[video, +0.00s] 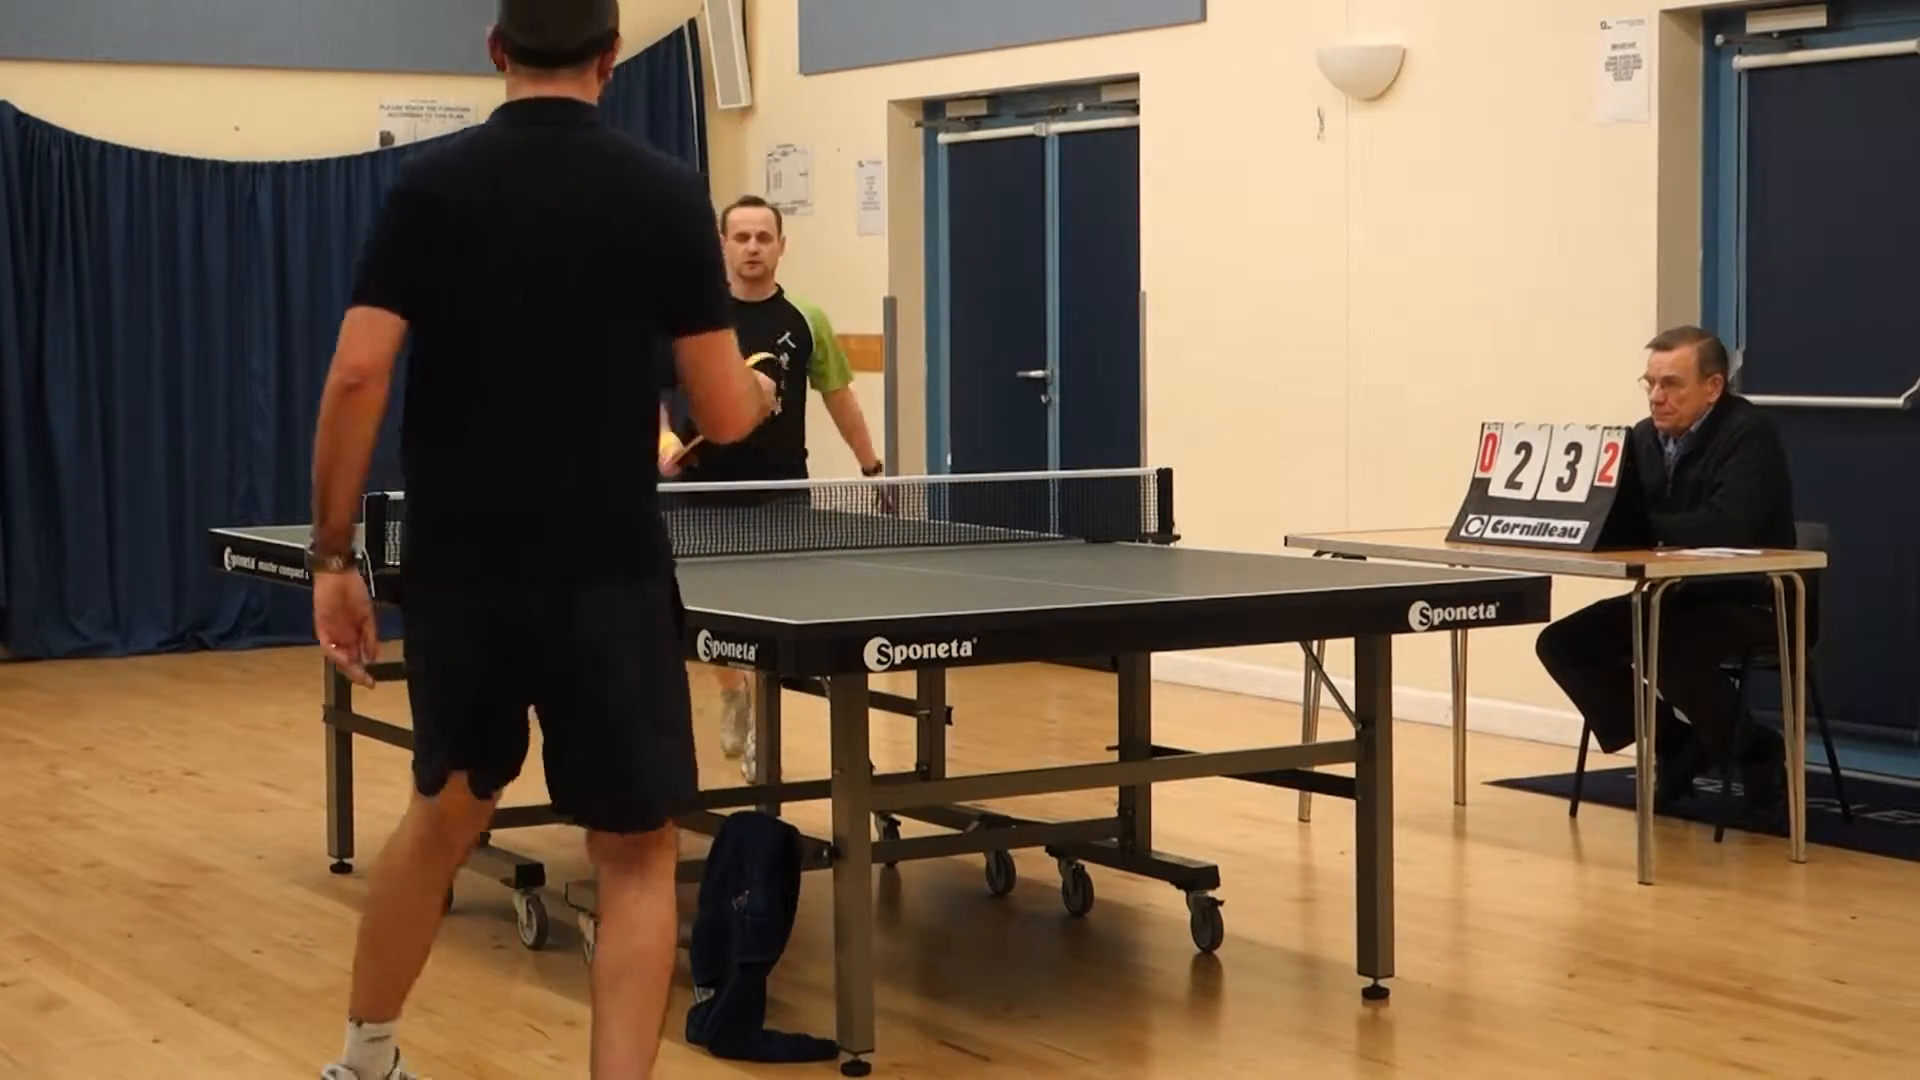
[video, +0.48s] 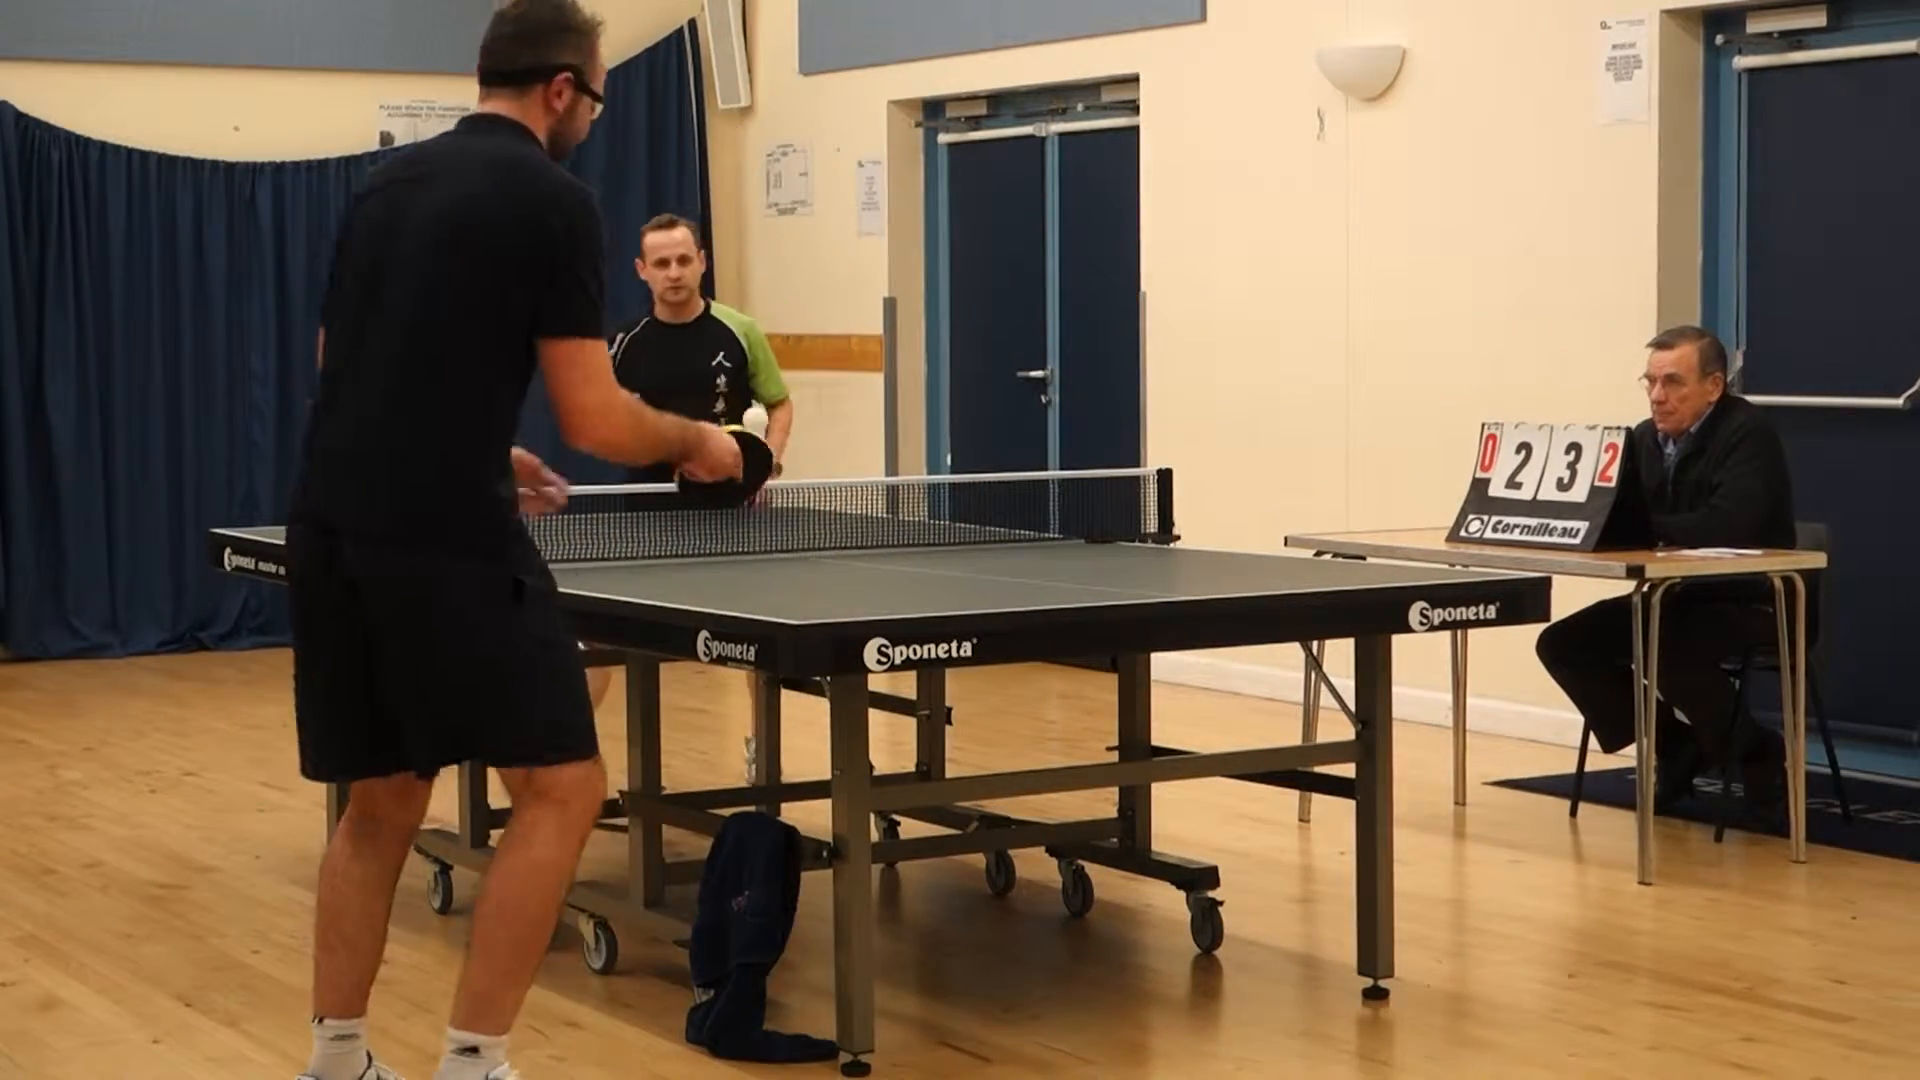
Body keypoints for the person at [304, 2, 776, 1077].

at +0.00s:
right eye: (602, 44)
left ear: (496, 53)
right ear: (609, 56)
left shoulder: (427, 183)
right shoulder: (663, 193)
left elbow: (356, 377)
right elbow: (724, 414)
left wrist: (332, 555)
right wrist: (745, 380)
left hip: (459, 570)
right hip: (606, 575)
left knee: (449, 804)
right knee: (634, 852)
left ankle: (363, 1053)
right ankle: (621, 1071)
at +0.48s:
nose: (592, 118)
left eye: (595, 102)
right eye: (593, 100)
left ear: (484, 81)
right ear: (562, 90)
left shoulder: (385, 181)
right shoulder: (551, 201)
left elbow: (343, 359)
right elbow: (600, 424)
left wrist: (487, 457)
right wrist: (694, 441)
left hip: (336, 531)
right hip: (458, 540)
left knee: (381, 800)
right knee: (562, 788)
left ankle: (334, 1058)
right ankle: (471, 1059)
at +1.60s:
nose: (1076, 284)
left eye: (1075, 267)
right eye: (1070, 265)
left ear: (983, 241)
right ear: (1026, 249)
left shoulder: (887, 297)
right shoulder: (997, 293)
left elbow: (771, 468)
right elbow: (1177, 417)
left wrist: (885, 586)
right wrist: (1292, 411)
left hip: (718, 515)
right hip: (691, 505)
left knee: (764, 767)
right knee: (643, 803)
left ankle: (761, 1051)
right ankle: (450, 1044)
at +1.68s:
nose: (1092, 308)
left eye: (1094, 292)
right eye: (1088, 289)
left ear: (998, 262)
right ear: (1046, 269)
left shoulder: (904, 308)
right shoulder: (1020, 311)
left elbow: (781, 474)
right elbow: (1181, 452)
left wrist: (891, 586)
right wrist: (1311, 472)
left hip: (723, 513)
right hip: (700, 502)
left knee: (764, 767)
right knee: (639, 800)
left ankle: (759, 1047)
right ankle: (436, 1028)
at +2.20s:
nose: (1040, 282)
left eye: (1048, 263)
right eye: (1040, 255)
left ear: (979, 229)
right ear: (985, 226)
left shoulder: (875, 276)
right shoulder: (931, 285)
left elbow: (787, 490)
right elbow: (862, 471)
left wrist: (896, 573)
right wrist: (988, 571)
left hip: (721, 525)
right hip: (669, 514)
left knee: (779, 775)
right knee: (655, 809)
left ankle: (759, 1054)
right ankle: (472, 1058)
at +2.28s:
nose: (1007, 258)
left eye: (1017, 237)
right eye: (1008, 228)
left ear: (939, 204)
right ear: (951, 199)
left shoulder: (857, 263)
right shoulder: (892, 262)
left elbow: (776, 484)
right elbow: (811, 441)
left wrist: (893, 550)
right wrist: (944, 524)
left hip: (704, 528)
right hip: (647, 518)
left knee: (778, 769)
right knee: (642, 818)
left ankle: (760, 1053)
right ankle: (469, 1062)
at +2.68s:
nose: (884, 228)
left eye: (890, 207)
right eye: (883, 201)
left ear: (816, 181)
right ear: (827, 179)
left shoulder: (737, 252)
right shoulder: (744, 257)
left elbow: (726, 468)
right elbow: (719, 470)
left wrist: (886, 451)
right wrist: (867, 443)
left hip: (623, 562)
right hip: (557, 562)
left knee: (754, 765)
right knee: (616, 849)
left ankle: (725, 1047)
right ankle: (461, 1071)